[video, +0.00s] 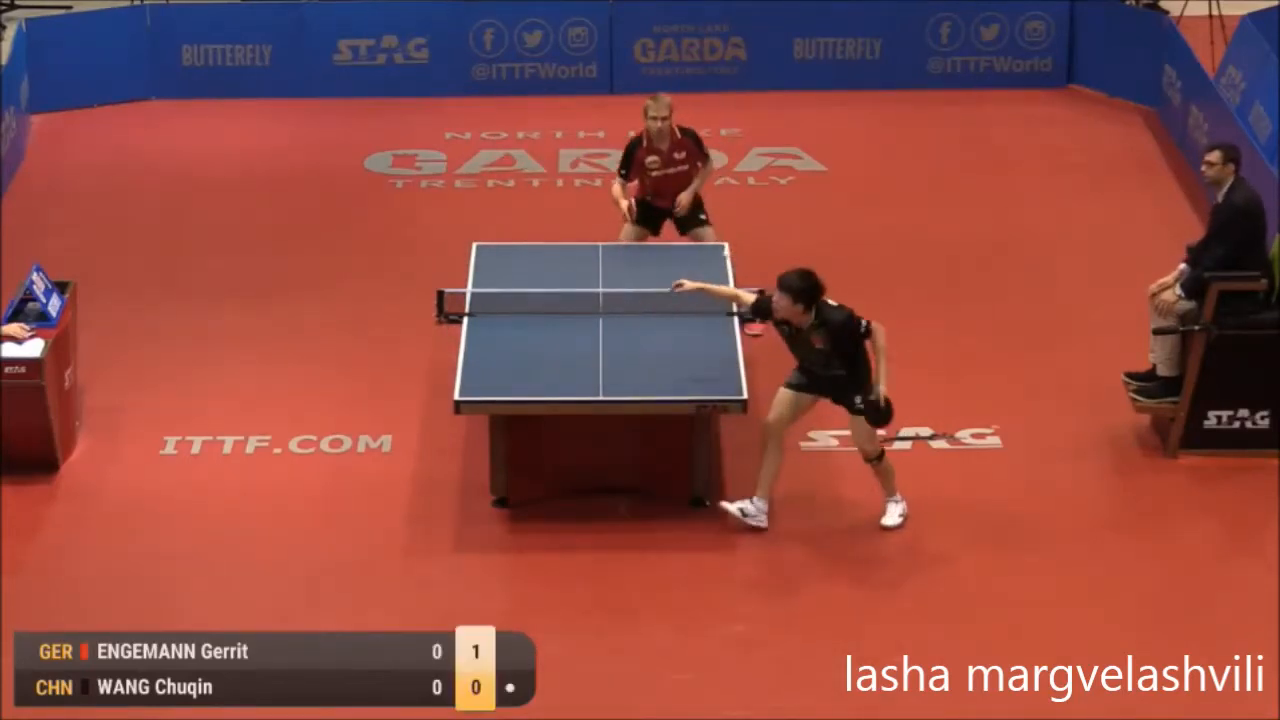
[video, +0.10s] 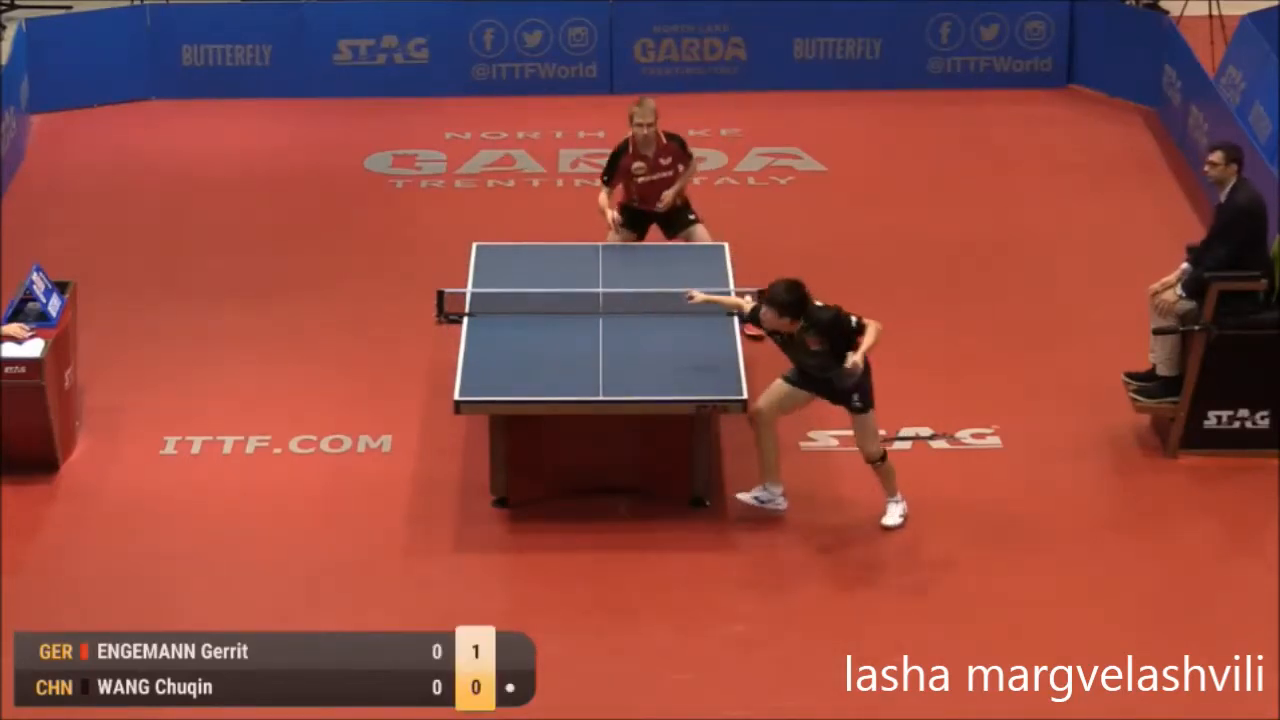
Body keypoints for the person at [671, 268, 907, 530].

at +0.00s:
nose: (774, 302)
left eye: (781, 299)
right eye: (775, 297)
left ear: (800, 307)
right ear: (785, 301)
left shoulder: (838, 318)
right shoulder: (775, 310)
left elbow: (877, 332)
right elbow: (737, 296)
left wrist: (881, 385)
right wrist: (698, 286)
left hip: (850, 379)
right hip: (810, 373)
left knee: (868, 449)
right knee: (773, 425)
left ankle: (894, 500)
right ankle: (759, 506)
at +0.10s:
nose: (763, 319)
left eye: (770, 315)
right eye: (764, 313)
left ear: (790, 320)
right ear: (765, 309)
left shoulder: (827, 318)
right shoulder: (769, 316)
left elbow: (873, 327)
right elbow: (740, 305)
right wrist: (705, 297)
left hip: (849, 376)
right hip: (810, 374)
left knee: (870, 450)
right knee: (762, 411)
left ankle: (895, 500)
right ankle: (773, 491)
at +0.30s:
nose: (717, 340)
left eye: (718, 335)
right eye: (714, 335)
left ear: (733, 329)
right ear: (735, 325)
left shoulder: (770, 330)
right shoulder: (745, 335)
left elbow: (814, 341)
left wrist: (777, 363)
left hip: (826, 384)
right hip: (793, 383)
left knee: (846, 463)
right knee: (744, 421)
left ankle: (890, 496)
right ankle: (768, 491)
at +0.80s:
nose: (677, 286)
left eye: (678, 282)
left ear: (682, 287)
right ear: (713, 280)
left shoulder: (687, 324)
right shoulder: (739, 305)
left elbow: (674, 377)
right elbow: (777, 339)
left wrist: (634, 368)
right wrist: (812, 366)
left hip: (719, 413)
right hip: (756, 405)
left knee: (673, 482)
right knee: (767, 453)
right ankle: (791, 519)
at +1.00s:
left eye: (670, 307)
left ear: (670, 312)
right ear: (703, 310)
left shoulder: (661, 351)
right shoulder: (725, 341)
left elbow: (629, 398)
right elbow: (759, 383)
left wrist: (611, 379)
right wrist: (766, 400)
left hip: (686, 443)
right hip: (730, 437)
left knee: (632, 489)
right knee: (763, 474)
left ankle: (632, 574)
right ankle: (796, 526)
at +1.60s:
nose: (681, 373)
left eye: (682, 368)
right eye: (682, 367)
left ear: (690, 373)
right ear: (716, 362)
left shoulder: (703, 407)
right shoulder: (745, 383)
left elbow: (692, 464)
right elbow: (780, 423)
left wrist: (645, 473)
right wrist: (750, 443)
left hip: (730, 491)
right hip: (774, 484)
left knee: (659, 515)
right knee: (808, 506)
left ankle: (662, 603)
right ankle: (845, 574)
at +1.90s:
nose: (661, 356)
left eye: (660, 350)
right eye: (658, 350)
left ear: (673, 347)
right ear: (687, 338)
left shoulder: (699, 378)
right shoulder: (717, 348)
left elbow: (723, 437)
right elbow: (757, 379)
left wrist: (687, 481)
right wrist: (732, 412)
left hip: (745, 452)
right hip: (766, 439)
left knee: (697, 519)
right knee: (738, 496)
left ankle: (675, 607)